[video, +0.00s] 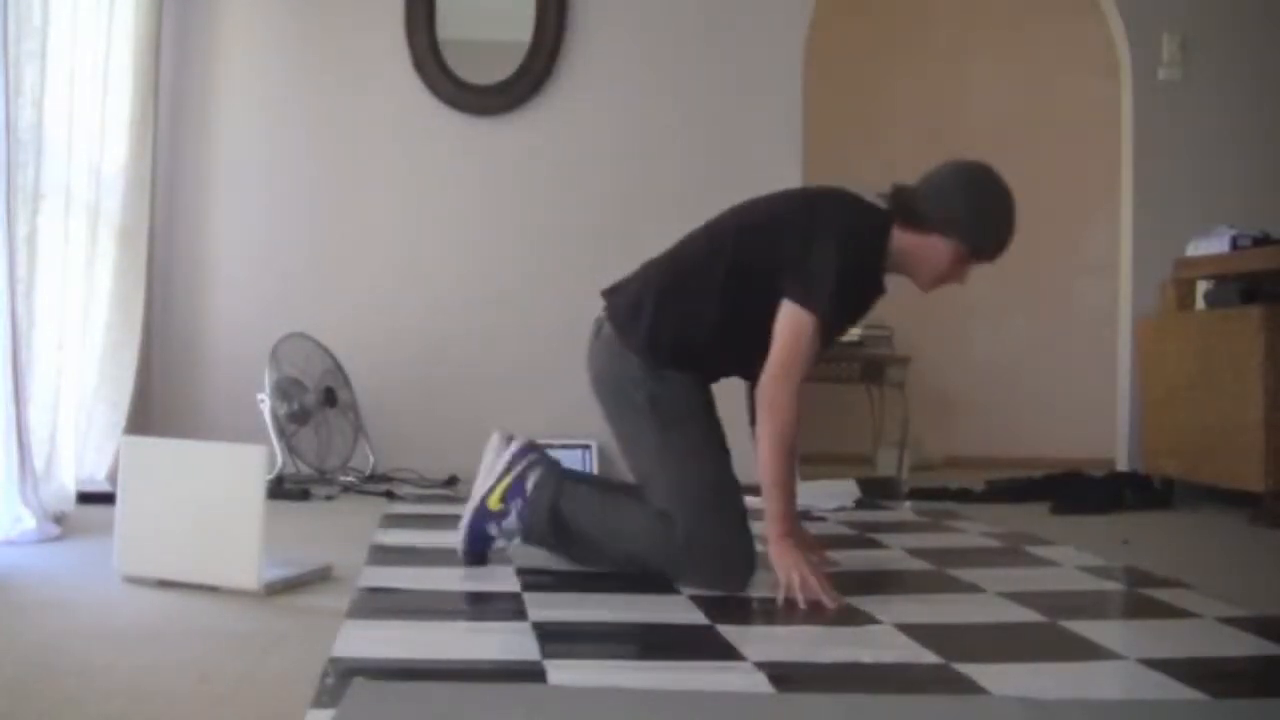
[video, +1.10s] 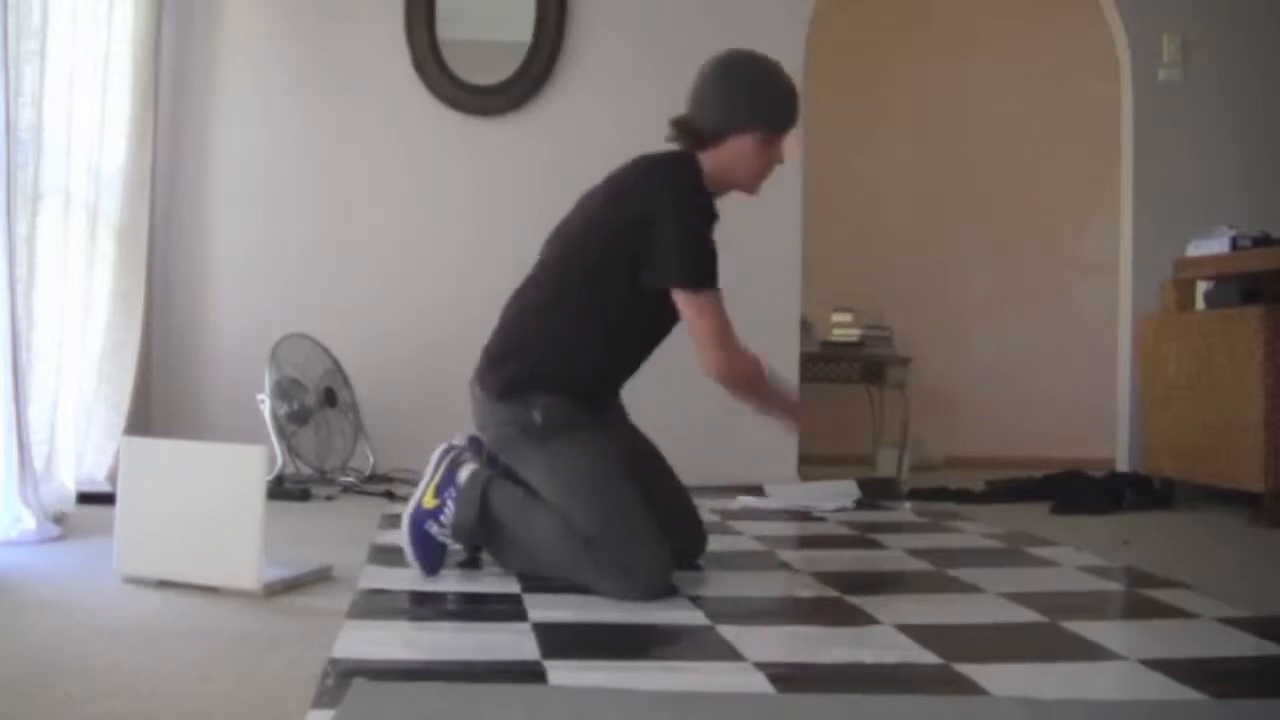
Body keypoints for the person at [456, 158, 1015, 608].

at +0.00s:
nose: (961, 278)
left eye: (973, 267)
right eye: (969, 261)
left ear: (934, 227)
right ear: (944, 232)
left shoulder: (855, 252)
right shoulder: (840, 236)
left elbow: (778, 391)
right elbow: (777, 390)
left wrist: (783, 522)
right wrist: (781, 534)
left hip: (663, 359)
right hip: (640, 356)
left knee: (713, 542)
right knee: (717, 564)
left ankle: (541, 486)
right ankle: (531, 494)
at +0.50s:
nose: (897, 258)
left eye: (906, 246)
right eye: (901, 239)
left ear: (866, 212)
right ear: (869, 209)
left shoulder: (797, 252)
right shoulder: (782, 226)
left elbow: (737, 397)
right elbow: (754, 388)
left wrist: (781, 517)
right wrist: (781, 534)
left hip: (617, 377)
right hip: (581, 365)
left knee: (681, 541)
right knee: (640, 569)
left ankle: (503, 481)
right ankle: (469, 486)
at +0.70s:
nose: (837, 215)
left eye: (843, 200)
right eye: (838, 197)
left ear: (801, 179)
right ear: (809, 182)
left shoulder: (733, 228)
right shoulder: (725, 221)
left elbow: (714, 392)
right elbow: (734, 391)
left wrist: (774, 510)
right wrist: (786, 527)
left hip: (584, 392)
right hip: (551, 388)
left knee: (680, 542)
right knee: (643, 574)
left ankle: (515, 479)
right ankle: (471, 494)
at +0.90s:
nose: (794, 183)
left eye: (798, 166)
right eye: (793, 164)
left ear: (751, 150)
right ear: (763, 153)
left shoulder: (697, 210)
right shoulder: (691, 211)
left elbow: (697, 377)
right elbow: (696, 380)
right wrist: (752, 484)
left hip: (578, 405)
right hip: (537, 404)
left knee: (679, 541)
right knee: (638, 571)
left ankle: (493, 478)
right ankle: (472, 495)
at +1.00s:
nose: (786, 168)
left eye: (788, 151)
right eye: (783, 150)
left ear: (742, 140)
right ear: (752, 143)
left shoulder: (683, 196)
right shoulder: (681, 201)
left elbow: (700, 362)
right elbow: (699, 370)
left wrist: (744, 431)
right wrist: (748, 437)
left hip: (574, 405)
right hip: (534, 407)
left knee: (680, 543)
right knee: (639, 576)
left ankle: (488, 478)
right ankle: (472, 497)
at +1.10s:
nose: (778, 162)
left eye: (780, 145)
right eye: (775, 144)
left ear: (722, 130)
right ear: (743, 135)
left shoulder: (678, 190)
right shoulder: (672, 193)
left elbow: (723, 353)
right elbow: (720, 358)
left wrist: (783, 404)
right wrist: (790, 409)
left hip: (578, 405)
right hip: (532, 408)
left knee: (680, 543)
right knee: (638, 576)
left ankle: (488, 478)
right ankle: (472, 495)